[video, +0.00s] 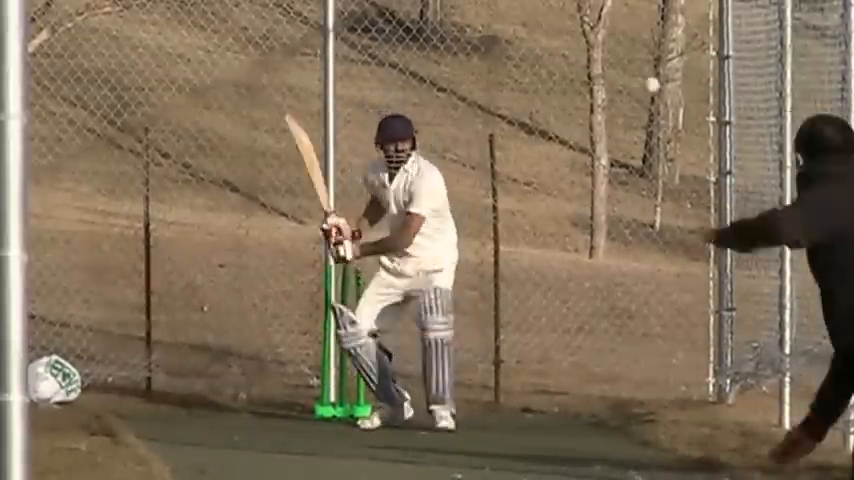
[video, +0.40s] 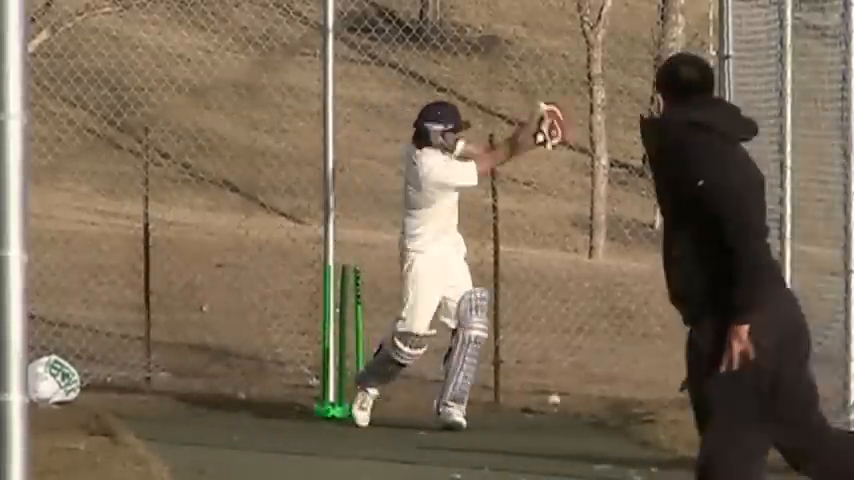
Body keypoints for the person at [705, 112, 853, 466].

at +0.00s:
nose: (798, 168)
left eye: (802, 158)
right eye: (799, 159)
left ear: (814, 157)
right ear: (844, 151)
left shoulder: (834, 192)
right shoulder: (837, 188)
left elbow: (783, 226)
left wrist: (725, 235)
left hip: (847, 336)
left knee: (842, 373)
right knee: (843, 372)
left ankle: (808, 435)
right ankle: (808, 434)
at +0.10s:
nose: (765, 135)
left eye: (766, 126)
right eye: (767, 126)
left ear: (773, 126)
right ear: (816, 120)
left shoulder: (795, 163)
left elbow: (787, 243)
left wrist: (741, 286)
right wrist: (804, 369)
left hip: (840, 332)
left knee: (839, 447)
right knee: (838, 444)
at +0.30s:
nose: (691, 79)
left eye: (693, 72)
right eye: (692, 72)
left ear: (698, 71)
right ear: (743, 69)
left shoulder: (727, 116)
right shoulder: (752, 112)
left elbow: (780, 194)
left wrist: (788, 278)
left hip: (767, 290)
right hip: (805, 282)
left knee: (767, 432)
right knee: (833, 406)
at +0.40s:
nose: (656, 100)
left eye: (658, 93)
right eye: (660, 93)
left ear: (662, 97)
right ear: (708, 95)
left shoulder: (681, 143)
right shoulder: (729, 151)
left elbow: (739, 230)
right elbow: (746, 236)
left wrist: (741, 316)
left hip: (728, 325)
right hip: (768, 317)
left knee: (726, 459)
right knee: (811, 444)